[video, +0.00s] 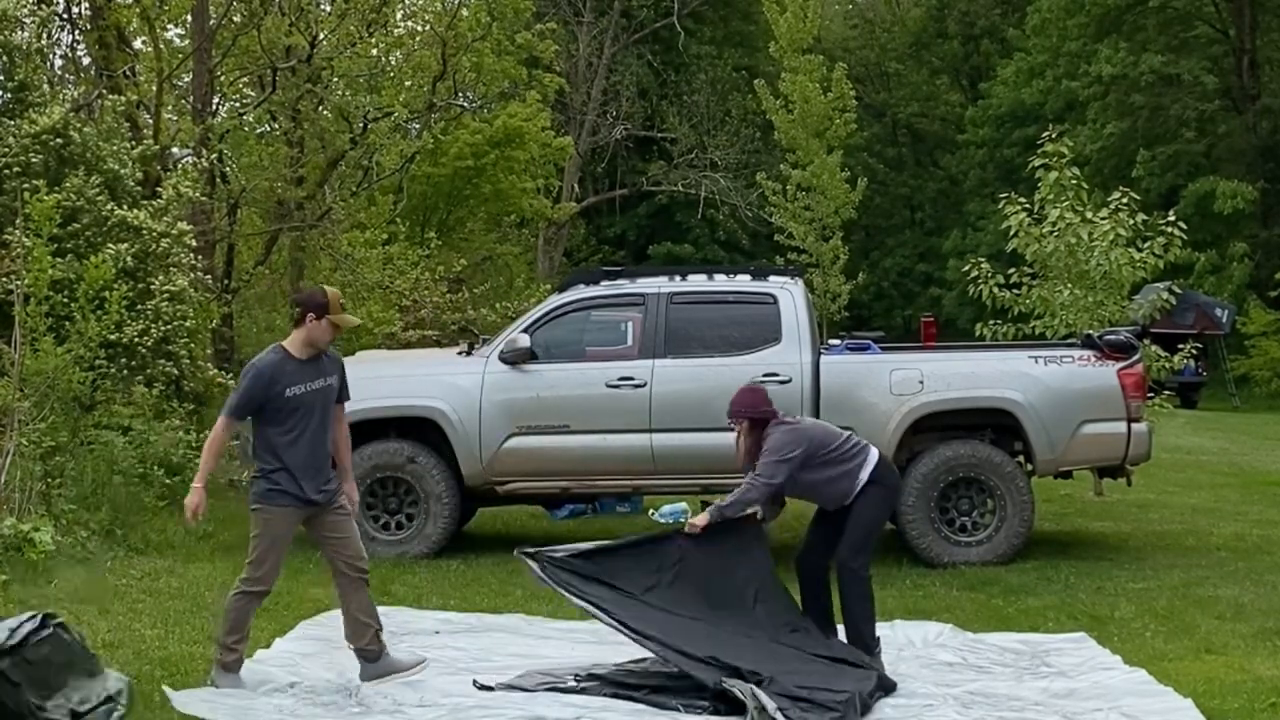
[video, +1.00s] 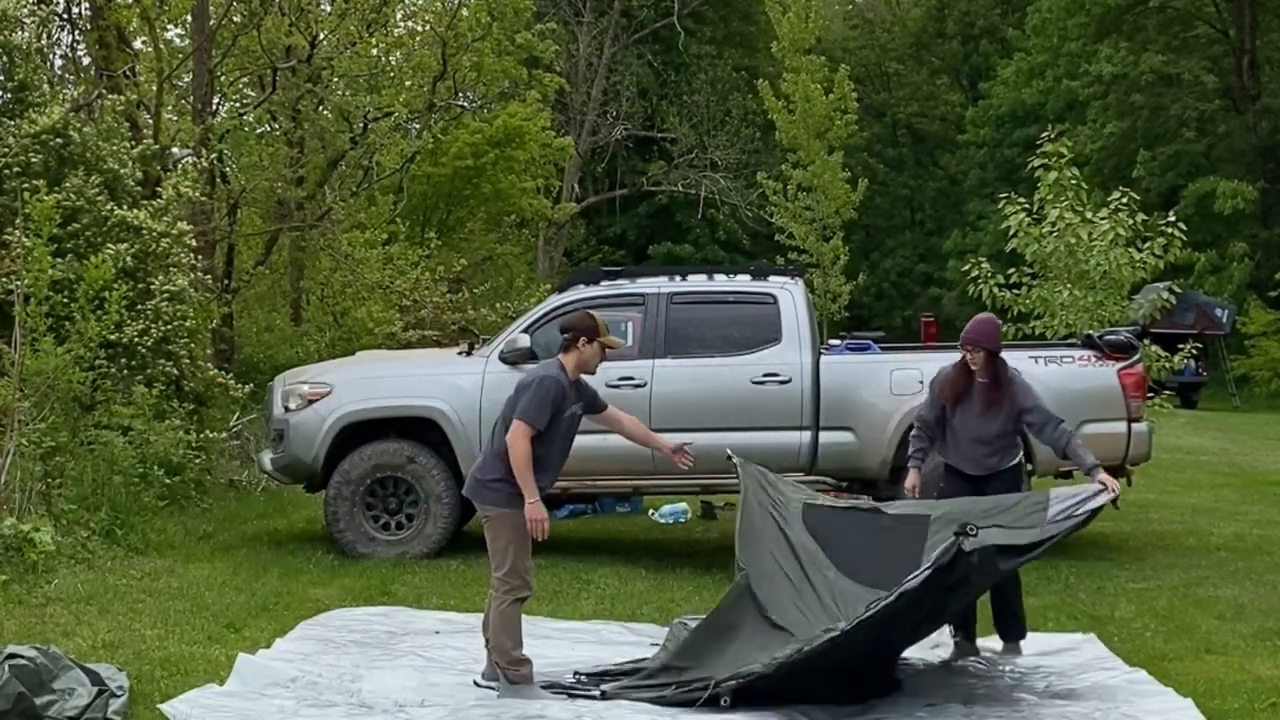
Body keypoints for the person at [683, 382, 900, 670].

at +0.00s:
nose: (734, 428)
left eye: (737, 421)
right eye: (733, 422)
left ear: (750, 421)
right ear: (757, 419)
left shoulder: (784, 436)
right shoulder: (767, 442)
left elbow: (759, 486)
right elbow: (775, 499)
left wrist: (710, 514)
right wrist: (756, 513)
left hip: (875, 481)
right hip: (841, 492)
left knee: (849, 562)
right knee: (810, 562)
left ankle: (866, 660)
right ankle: (822, 649)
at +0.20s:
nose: (789, 360)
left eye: (796, 353)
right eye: (783, 354)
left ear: (810, 352)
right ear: (776, 356)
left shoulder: (834, 380)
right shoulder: (780, 389)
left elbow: (859, 432)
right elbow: (768, 436)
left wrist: (820, 448)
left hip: (871, 466)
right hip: (833, 475)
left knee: (850, 546)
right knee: (819, 549)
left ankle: (891, 632)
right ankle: (825, 634)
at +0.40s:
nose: (892, 343)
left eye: (899, 336)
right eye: (886, 336)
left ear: (913, 337)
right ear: (878, 337)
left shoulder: (933, 375)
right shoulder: (866, 373)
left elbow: (939, 433)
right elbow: (846, 417)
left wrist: (896, 451)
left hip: (925, 474)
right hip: (881, 475)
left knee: (926, 558)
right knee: (844, 549)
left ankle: (942, 652)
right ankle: (833, 645)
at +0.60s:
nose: (921, 338)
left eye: (928, 331)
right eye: (917, 331)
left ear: (945, 333)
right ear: (910, 332)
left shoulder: (967, 365)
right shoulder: (903, 368)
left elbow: (996, 414)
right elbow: (897, 419)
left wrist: (974, 384)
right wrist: (907, 381)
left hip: (958, 471)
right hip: (916, 473)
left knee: (945, 554)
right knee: (920, 553)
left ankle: (947, 649)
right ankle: (961, 628)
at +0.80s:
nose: (928, 343)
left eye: (934, 336)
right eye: (922, 337)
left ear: (950, 334)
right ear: (917, 338)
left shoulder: (976, 365)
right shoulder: (914, 374)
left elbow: (1015, 386)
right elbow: (922, 422)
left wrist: (1042, 391)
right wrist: (966, 428)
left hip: (972, 468)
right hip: (936, 470)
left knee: (963, 546)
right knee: (953, 551)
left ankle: (970, 636)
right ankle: (964, 639)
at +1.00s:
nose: (970, 355)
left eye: (977, 350)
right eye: (966, 349)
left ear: (993, 351)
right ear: (962, 349)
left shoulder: (1011, 384)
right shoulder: (947, 381)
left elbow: (1051, 427)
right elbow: (924, 426)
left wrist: (1094, 470)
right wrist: (914, 468)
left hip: (1003, 476)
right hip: (957, 476)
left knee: (1003, 556)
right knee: (957, 555)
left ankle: (1012, 642)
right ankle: (963, 642)